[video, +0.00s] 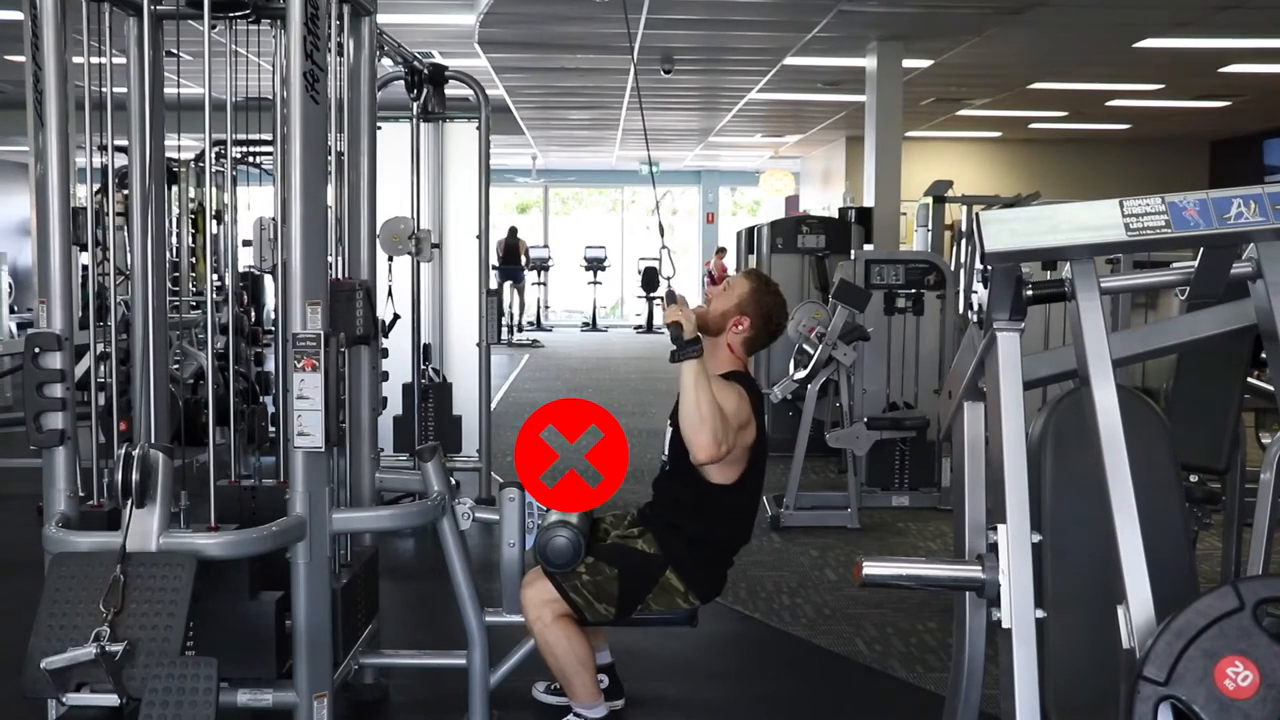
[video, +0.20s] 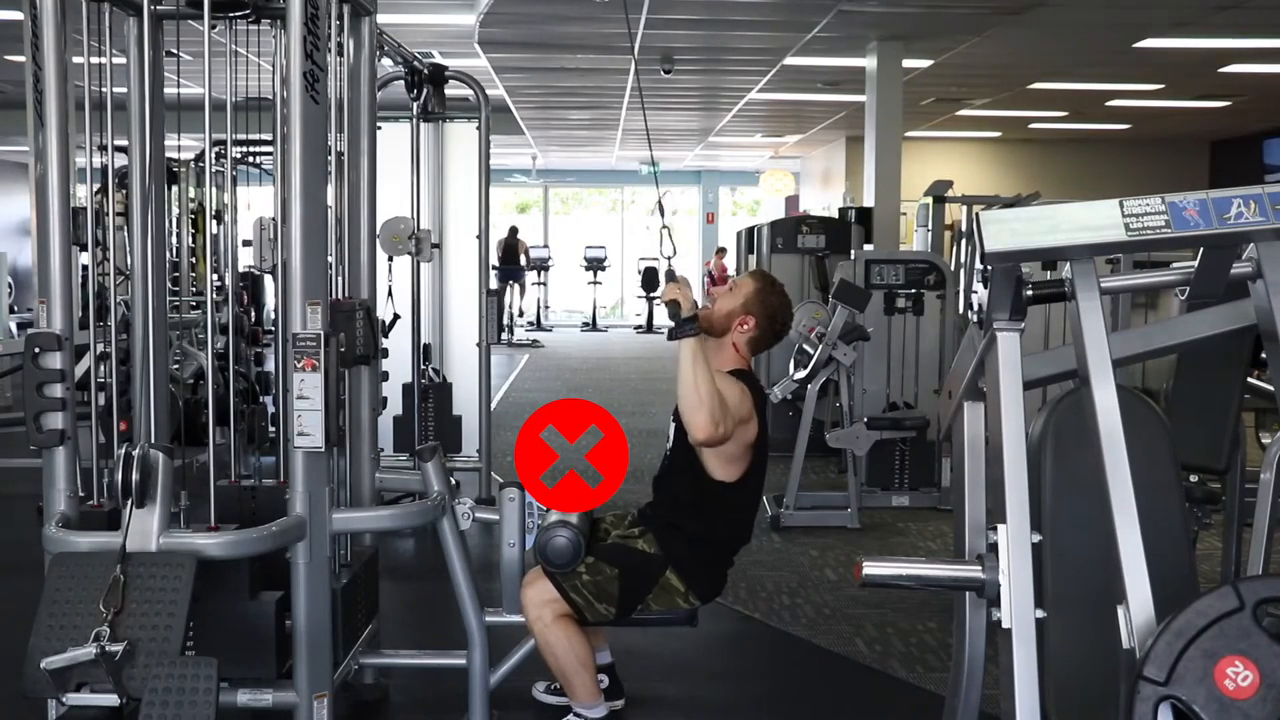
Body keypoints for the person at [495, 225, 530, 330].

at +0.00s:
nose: (512, 235)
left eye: (511, 232)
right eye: (514, 233)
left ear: (507, 233)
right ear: (517, 233)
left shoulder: (500, 243)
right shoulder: (522, 243)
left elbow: (498, 258)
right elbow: (528, 258)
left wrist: (501, 266)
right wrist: (526, 267)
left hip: (503, 270)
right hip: (517, 270)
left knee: (500, 284)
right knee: (521, 297)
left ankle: (500, 309)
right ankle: (520, 321)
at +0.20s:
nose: (512, 235)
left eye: (511, 232)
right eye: (514, 233)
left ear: (508, 232)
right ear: (517, 233)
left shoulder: (500, 242)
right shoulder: (521, 243)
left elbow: (499, 256)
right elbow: (527, 258)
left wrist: (502, 265)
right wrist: (527, 266)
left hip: (504, 269)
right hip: (517, 269)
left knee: (501, 292)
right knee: (522, 285)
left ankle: (500, 317)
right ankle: (520, 305)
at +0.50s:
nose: (509, 235)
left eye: (509, 233)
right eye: (512, 233)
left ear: (507, 233)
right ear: (516, 234)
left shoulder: (500, 243)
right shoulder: (521, 244)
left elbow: (498, 257)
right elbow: (530, 260)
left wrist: (501, 265)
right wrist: (526, 267)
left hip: (504, 270)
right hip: (517, 270)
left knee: (499, 292)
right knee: (521, 287)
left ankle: (499, 316)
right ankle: (522, 312)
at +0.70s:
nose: (504, 236)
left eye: (504, 234)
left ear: (504, 234)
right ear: (514, 234)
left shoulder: (499, 244)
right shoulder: (519, 244)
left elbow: (498, 258)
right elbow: (528, 259)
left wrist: (501, 266)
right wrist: (524, 267)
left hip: (503, 271)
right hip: (517, 271)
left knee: (499, 284)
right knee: (520, 299)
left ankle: (499, 305)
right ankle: (521, 323)